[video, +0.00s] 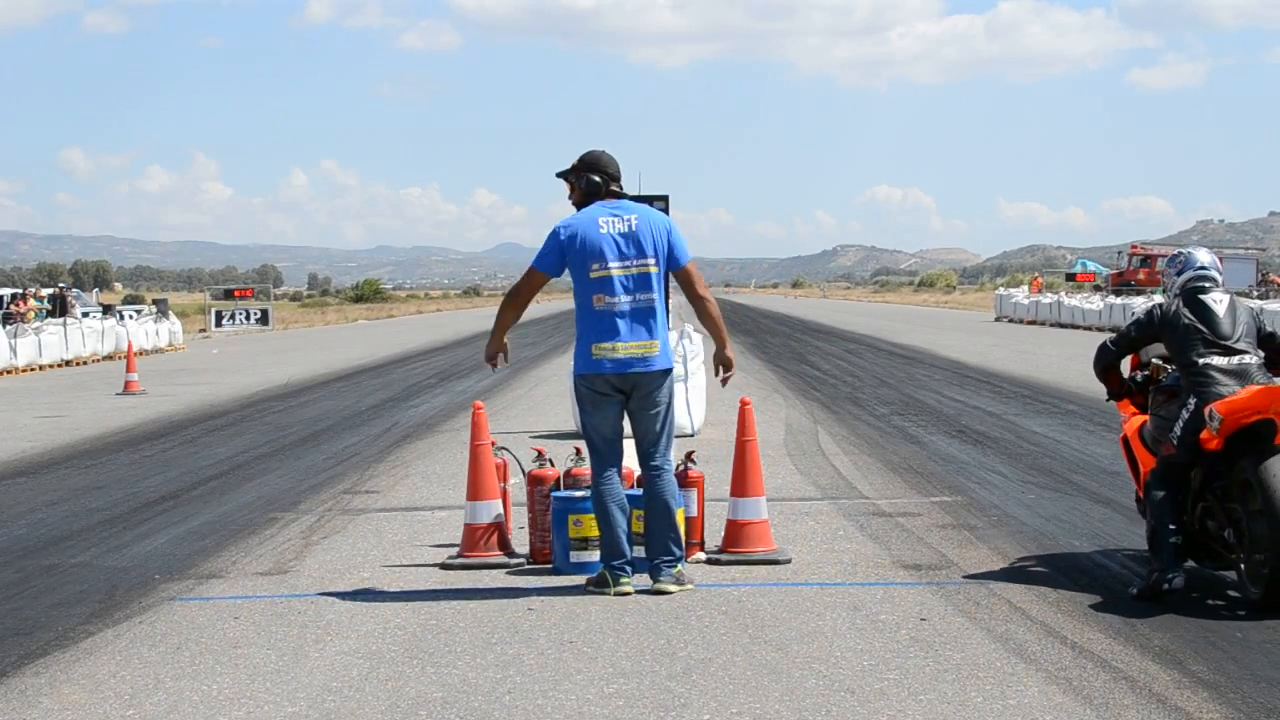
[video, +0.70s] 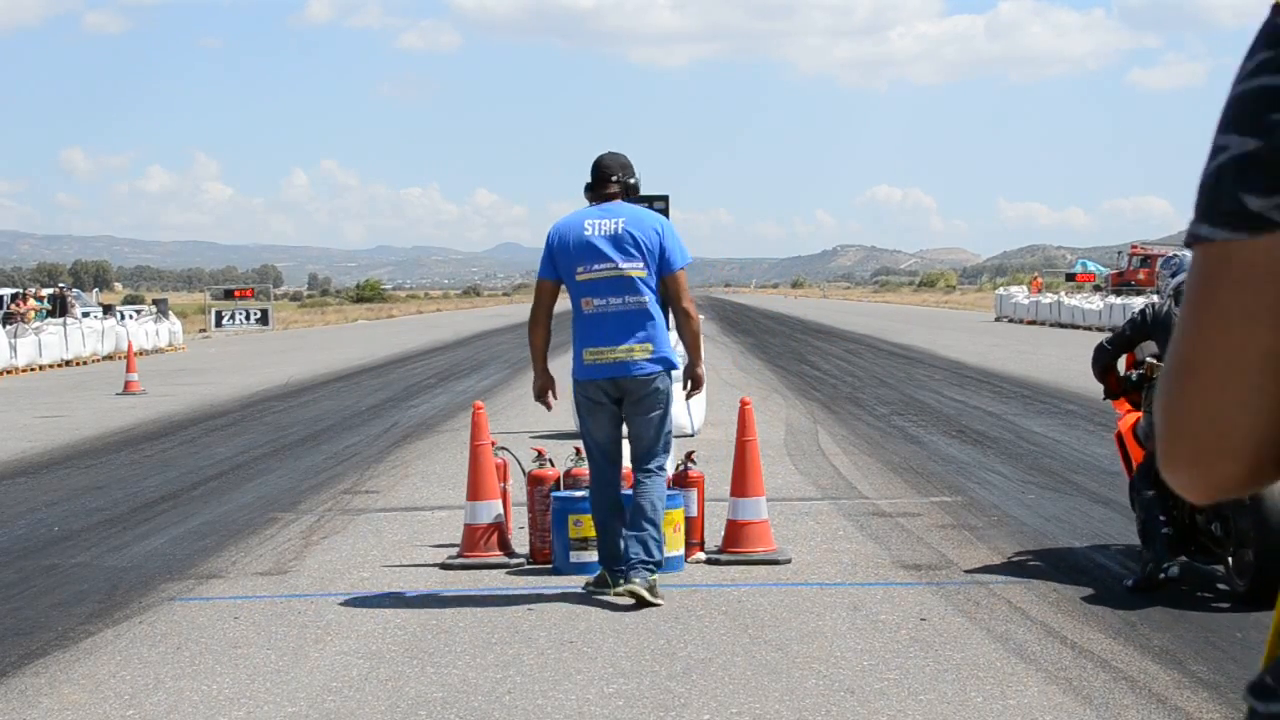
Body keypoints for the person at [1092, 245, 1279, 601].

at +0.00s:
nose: (1167, 282)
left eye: (1169, 275)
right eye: (1169, 275)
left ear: (1176, 275)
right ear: (1217, 274)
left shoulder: (1166, 310)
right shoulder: (1247, 308)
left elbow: (1105, 355)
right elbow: (1275, 344)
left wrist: (1119, 389)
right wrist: (1267, 369)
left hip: (1209, 401)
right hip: (1261, 392)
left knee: (1162, 480)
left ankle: (1165, 570)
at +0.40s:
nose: (1163, 283)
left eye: (1164, 277)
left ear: (1169, 278)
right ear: (1213, 276)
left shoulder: (1158, 312)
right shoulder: (1238, 310)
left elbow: (1101, 354)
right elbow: (1271, 344)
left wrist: (1109, 380)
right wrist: (1253, 370)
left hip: (1199, 399)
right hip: (1251, 391)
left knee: (1158, 477)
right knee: (1267, 464)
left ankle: (1164, 559)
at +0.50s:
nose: (1162, 286)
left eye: (1164, 280)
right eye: (1163, 280)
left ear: (1172, 279)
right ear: (1212, 276)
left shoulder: (1162, 311)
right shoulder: (1241, 311)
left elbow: (1107, 351)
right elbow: (1250, 350)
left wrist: (1111, 380)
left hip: (1199, 402)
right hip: (1244, 400)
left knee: (1149, 478)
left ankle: (1165, 546)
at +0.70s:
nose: (1160, 289)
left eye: (1160, 282)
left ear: (1166, 282)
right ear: (1198, 280)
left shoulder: (1157, 314)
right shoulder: (1222, 312)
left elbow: (1104, 353)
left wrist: (1116, 386)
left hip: (1169, 425)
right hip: (1223, 419)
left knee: (1144, 482)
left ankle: (1155, 559)